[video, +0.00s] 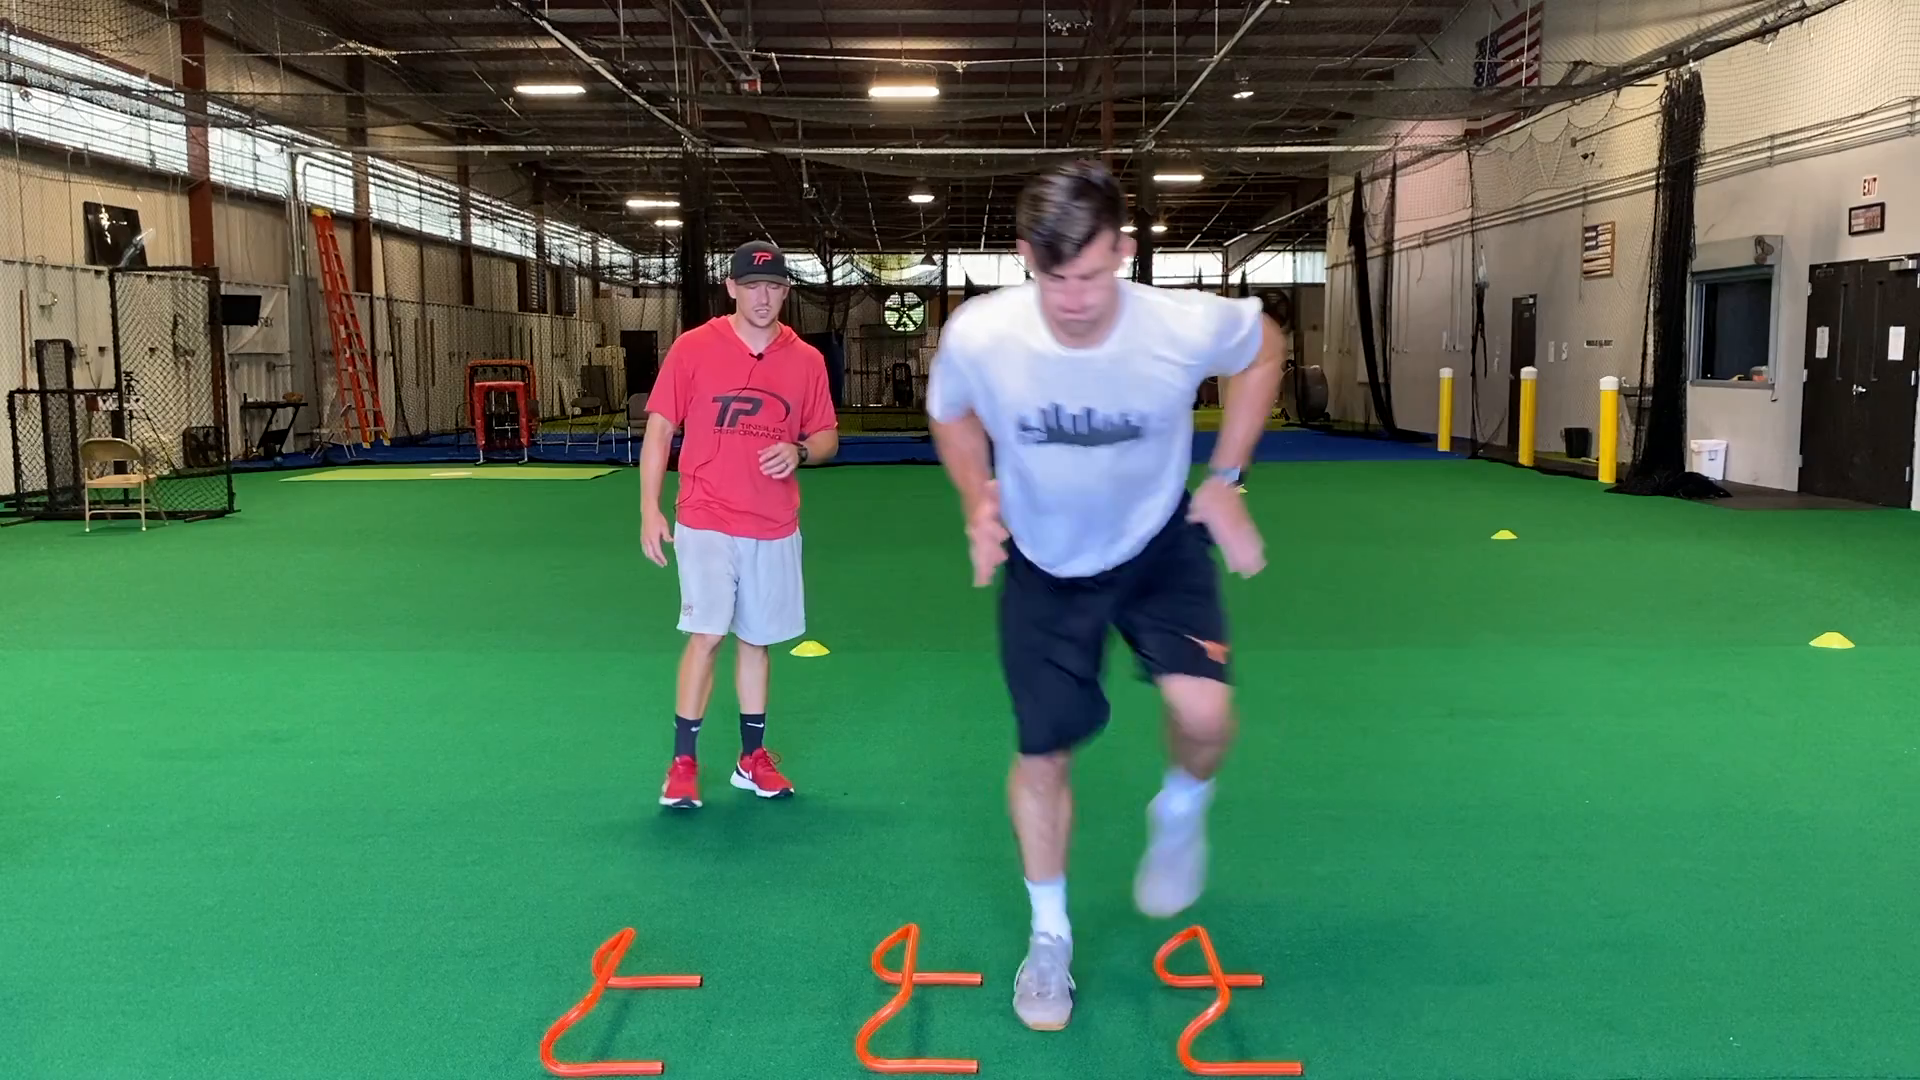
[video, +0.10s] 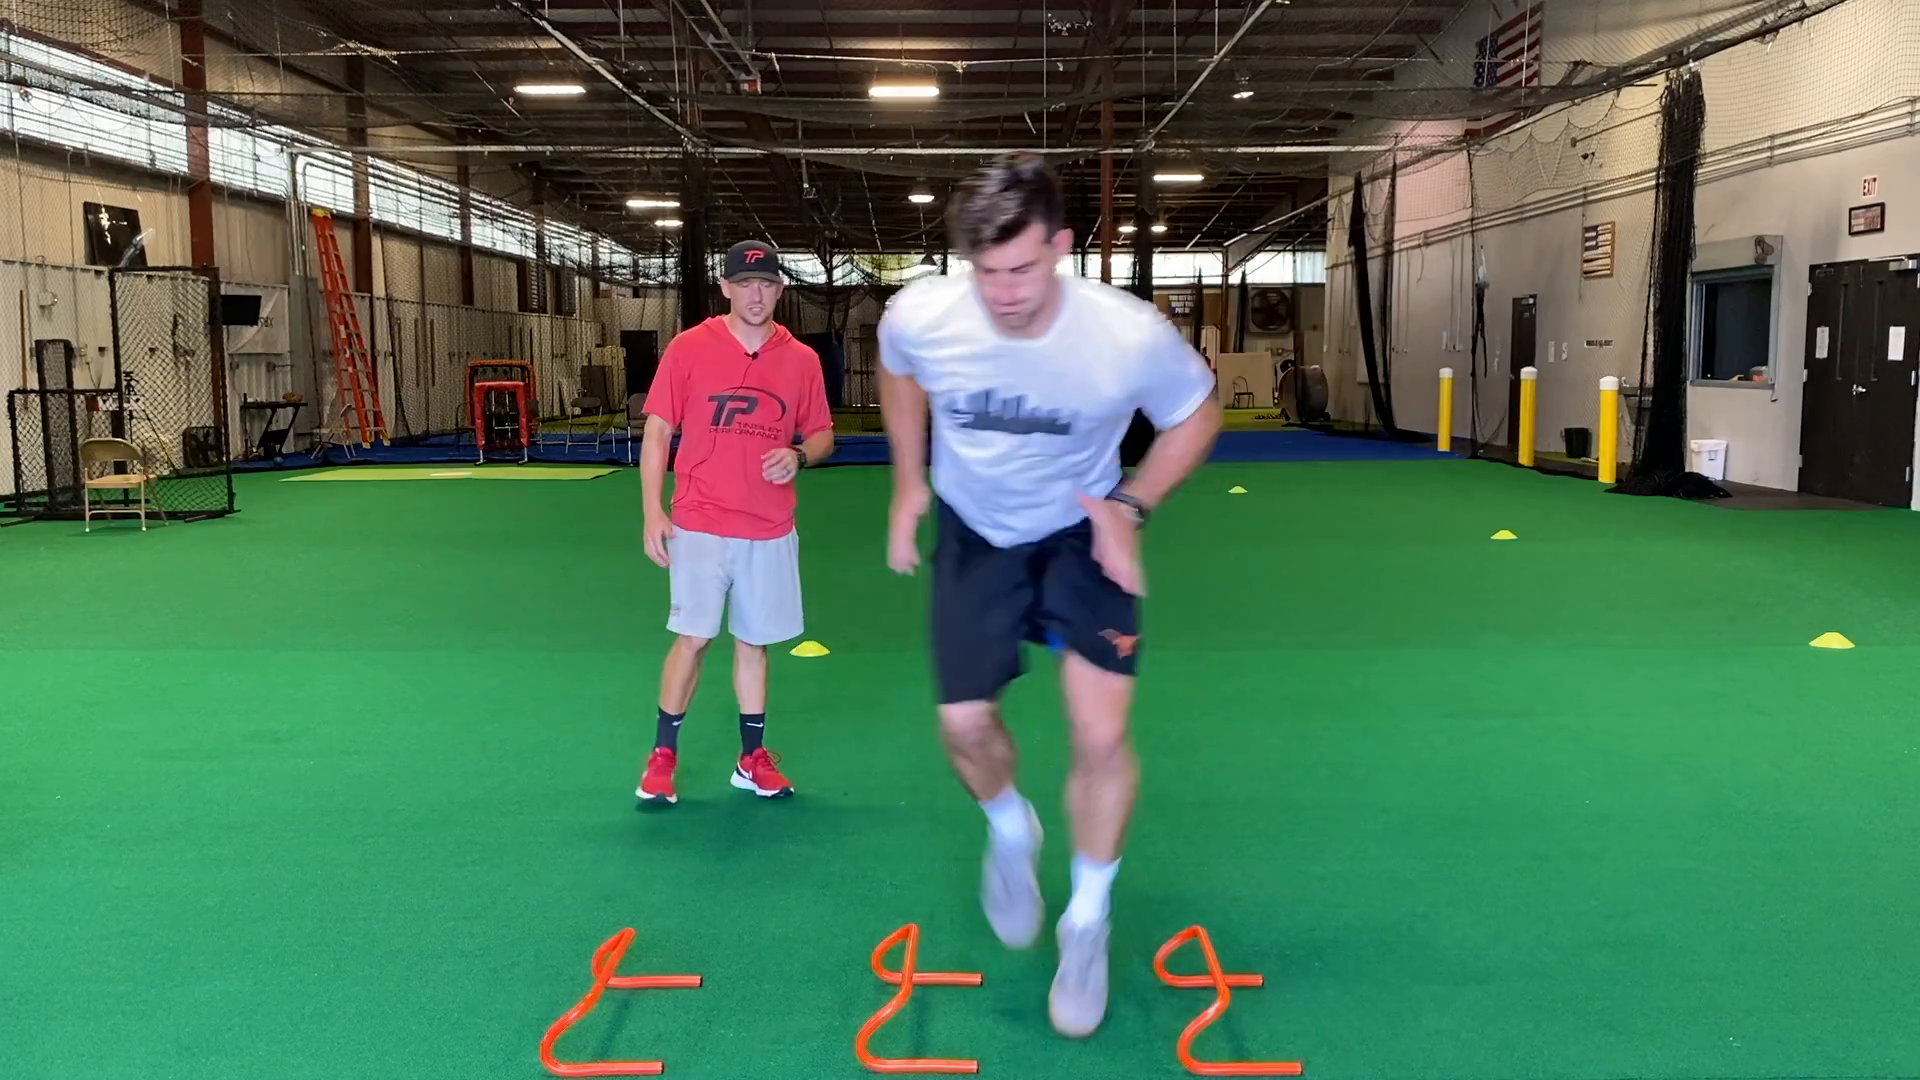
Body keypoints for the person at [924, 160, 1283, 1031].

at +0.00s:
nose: (1073, 296)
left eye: (1090, 276)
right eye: (1056, 278)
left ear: (1123, 251)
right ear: (1027, 260)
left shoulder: (1181, 324)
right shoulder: (978, 334)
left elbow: (1262, 347)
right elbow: (948, 408)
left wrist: (1224, 476)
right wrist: (978, 498)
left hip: (1159, 546)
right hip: (1042, 565)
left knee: (1205, 714)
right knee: (1041, 753)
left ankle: (1180, 814)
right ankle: (1048, 935)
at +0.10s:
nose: (1006, 289)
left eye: (1023, 269)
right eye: (989, 271)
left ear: (1062, 249)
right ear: (966, 259)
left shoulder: (1127, 334)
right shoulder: (921, 316)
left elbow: (1199, 411)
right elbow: (897, 368)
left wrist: (1132, 504)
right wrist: (910, 482)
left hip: (1087, 527)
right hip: (971, 527)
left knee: (1101, 737)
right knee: (964, 722)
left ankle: (1087, 920)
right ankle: (1012, 831)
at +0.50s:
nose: (719, 304)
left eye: (737, 282)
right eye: (702, 285)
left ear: (783, 263)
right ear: (683, 276)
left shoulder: (860, 351)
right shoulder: (658, 333)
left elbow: (939, 423)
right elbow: (659, 403)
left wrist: (874, 540)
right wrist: (664, 507)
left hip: (826, 556)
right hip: (716, 551)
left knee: (810, 737)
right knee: (681, 722)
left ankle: (804, 928)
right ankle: (738, 870)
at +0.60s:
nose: (656, 322)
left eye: (674, 301)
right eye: (640, 303)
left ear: (720, 285)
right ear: (622, 295)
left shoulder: (801, 378)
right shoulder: (605, 342)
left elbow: (879, 479)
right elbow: (610, 404)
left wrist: (781, 527)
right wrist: (615, 484)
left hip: (772, 584)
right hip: (656, 562)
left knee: (757, 772)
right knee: (581, 701)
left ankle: (781, 958)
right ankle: (646, 788)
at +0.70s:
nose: (582, 324)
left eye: (599, 302)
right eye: (566, 305)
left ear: (647, 284)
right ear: (550, 297)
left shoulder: (730, 365)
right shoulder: (532, 346)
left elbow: (837, 434)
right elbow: (555, 418)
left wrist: (766, 555)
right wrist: (563, 521)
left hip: (726, 576)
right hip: (609, 569)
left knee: (724, 751)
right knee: (533, 733)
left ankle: (778, 940)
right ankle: (515, 892)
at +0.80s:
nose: (515, 346)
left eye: (532, 323)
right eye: (499, 328)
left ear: (582, 304)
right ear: (483, 318)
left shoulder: (671, 375)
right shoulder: (471, 384)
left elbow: (797, 408)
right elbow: (489, 466)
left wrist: (788, 541)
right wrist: (499, 562)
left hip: (675, 580)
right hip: (558, 593)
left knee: (659, 734)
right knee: (507, 784)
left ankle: (739, 861)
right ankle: (490, 962)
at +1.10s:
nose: (413, 380)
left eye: (427, 358)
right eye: (396, 362)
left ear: (472, 336)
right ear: (380, 352)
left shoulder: (571, 398)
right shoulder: (370, 411)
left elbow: (700, 435)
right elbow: (377, 487)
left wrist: (686, 568)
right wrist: (377, 575)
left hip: (592, 584)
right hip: (475, 612)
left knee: (586, 743)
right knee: (462, 796)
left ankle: (635, 769)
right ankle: (484, 962)